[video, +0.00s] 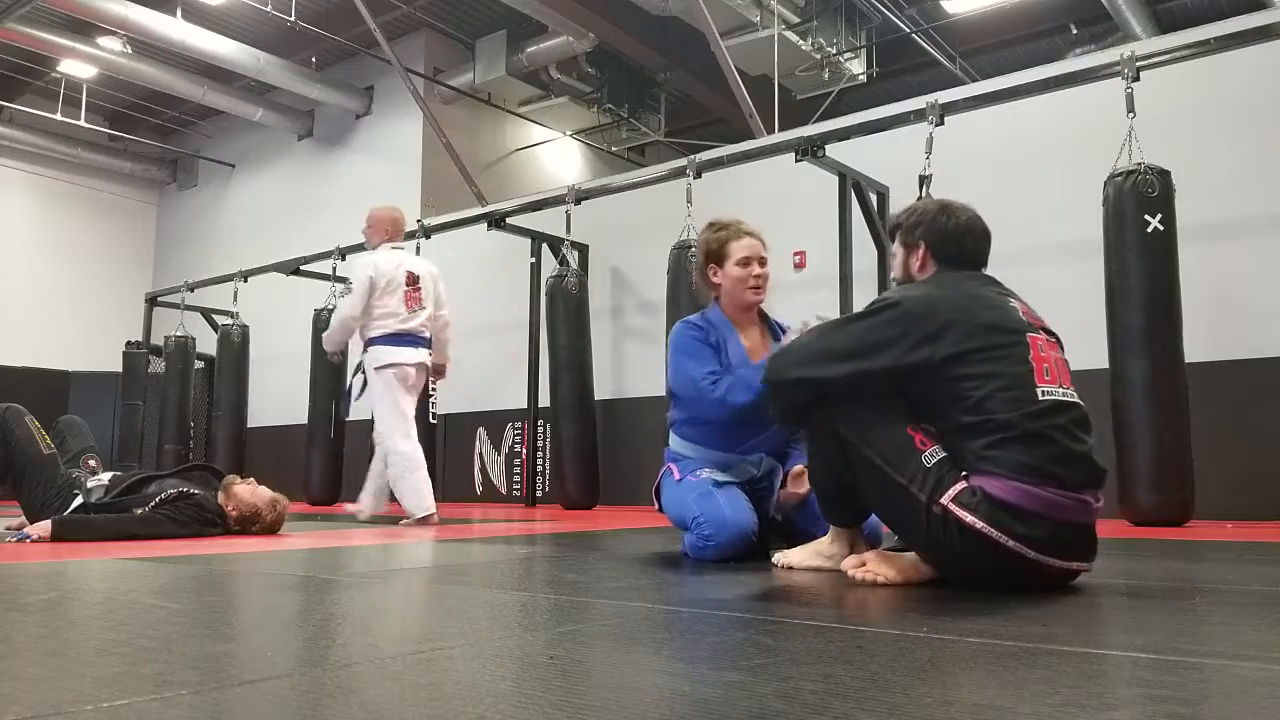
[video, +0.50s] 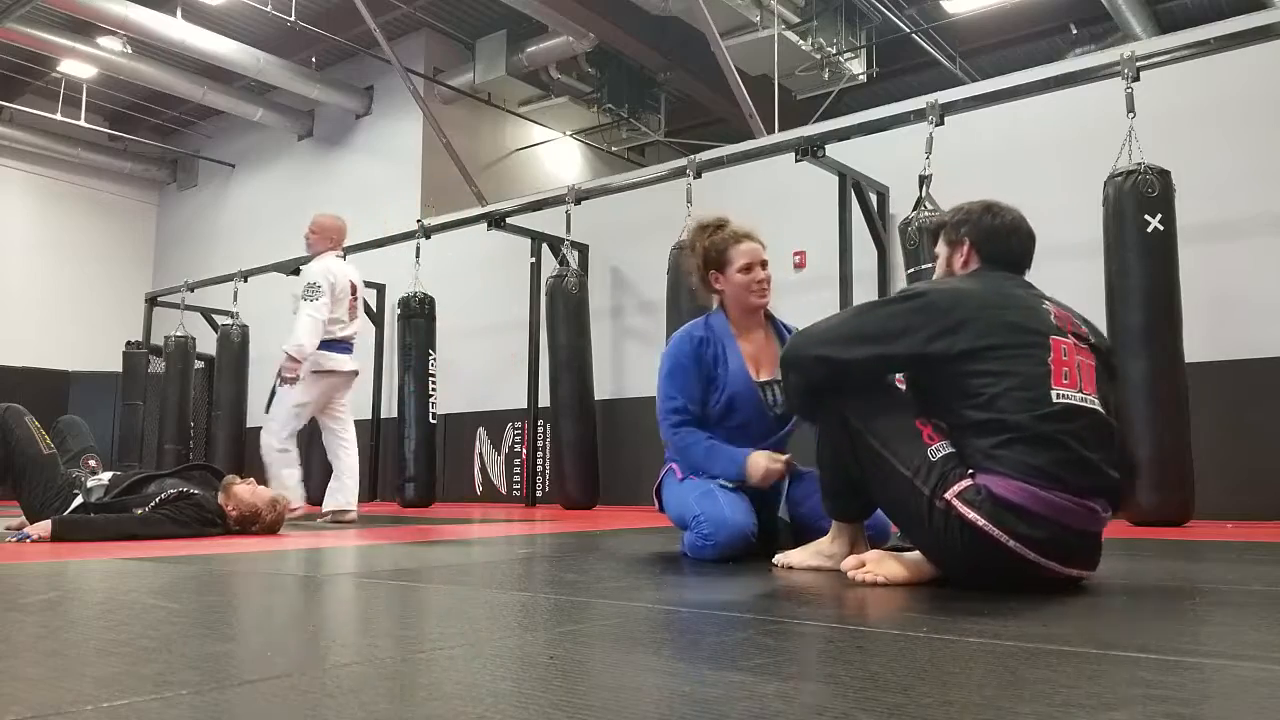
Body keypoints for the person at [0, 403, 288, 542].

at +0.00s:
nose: (249, 477)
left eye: (251, 488)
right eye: (257, 483)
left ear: (235, 511)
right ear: (237, 505)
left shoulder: (200, 513)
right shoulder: (216, 489)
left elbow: (131, 525)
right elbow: (150, 485)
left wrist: (56, 526)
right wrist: (112, 480)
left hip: (70, 501)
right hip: (101, 485)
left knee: (12, 414)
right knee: (69, 422)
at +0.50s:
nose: (248, 477)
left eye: (250, 488)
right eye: (257, 483)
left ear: (234, 510)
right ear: (235, 504)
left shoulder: (199, 513)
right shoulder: (218, 490)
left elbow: (130, 524)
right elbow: (158, 483)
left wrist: (55, 526)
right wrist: (115, 478)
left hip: (70, 500)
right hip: (103, 485)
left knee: (11, 414)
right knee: (69, 421)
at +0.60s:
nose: (248, 477)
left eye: (250, 488)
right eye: (256, 483)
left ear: (234, 510)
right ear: (236, 504)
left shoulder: (198, 513)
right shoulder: (218, 490)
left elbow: (130, 525)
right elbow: (157, 483)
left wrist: (56, 526)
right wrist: (114, 479)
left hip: (69, 501)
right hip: (102, 486)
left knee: (11, 414)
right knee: (69, 421)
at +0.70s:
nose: (247, 479)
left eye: (250, 489)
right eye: (255, 484)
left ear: (234, 510)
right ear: (236, 505)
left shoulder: (199, 513)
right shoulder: (216, 490)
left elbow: (130, 525)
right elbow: (155, 483)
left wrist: (56, 526)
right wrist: (114, 479)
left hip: (69, 501)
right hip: (101, 486)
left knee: (11, 414)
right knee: (70, 421)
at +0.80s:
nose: (251, 478)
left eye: (252, 489)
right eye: (259, 485)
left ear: (233, 509)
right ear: (237, 502)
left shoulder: (198, 513)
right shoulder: (217, 484)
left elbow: (130, 525)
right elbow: (158, 482)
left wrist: (56, 526)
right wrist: (116, 480)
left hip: (68, 499)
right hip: (101, 484)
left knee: (11, 414)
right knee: (70, 422)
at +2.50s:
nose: (210, 469)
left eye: (219, 476)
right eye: (218, 466)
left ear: (232, 501)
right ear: (222, 466)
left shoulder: (197, 512)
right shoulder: (209, 484)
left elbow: (128, 524)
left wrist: (56, 527)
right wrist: (110, 480)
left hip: (67, 502)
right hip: (100, 485)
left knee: (11, 416)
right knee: (73, 422)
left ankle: (14, 501)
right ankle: (31, 503)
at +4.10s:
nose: (225, 463)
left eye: (231, 464)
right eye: (232, 461)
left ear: (230, 475)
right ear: (250, 497)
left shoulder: (199, 513)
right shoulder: (215, 496)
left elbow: (130, 524)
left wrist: (56, 526)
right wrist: (107, 477)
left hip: (68, 501)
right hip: (95, 485)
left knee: (9, 416)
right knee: (46, 420)